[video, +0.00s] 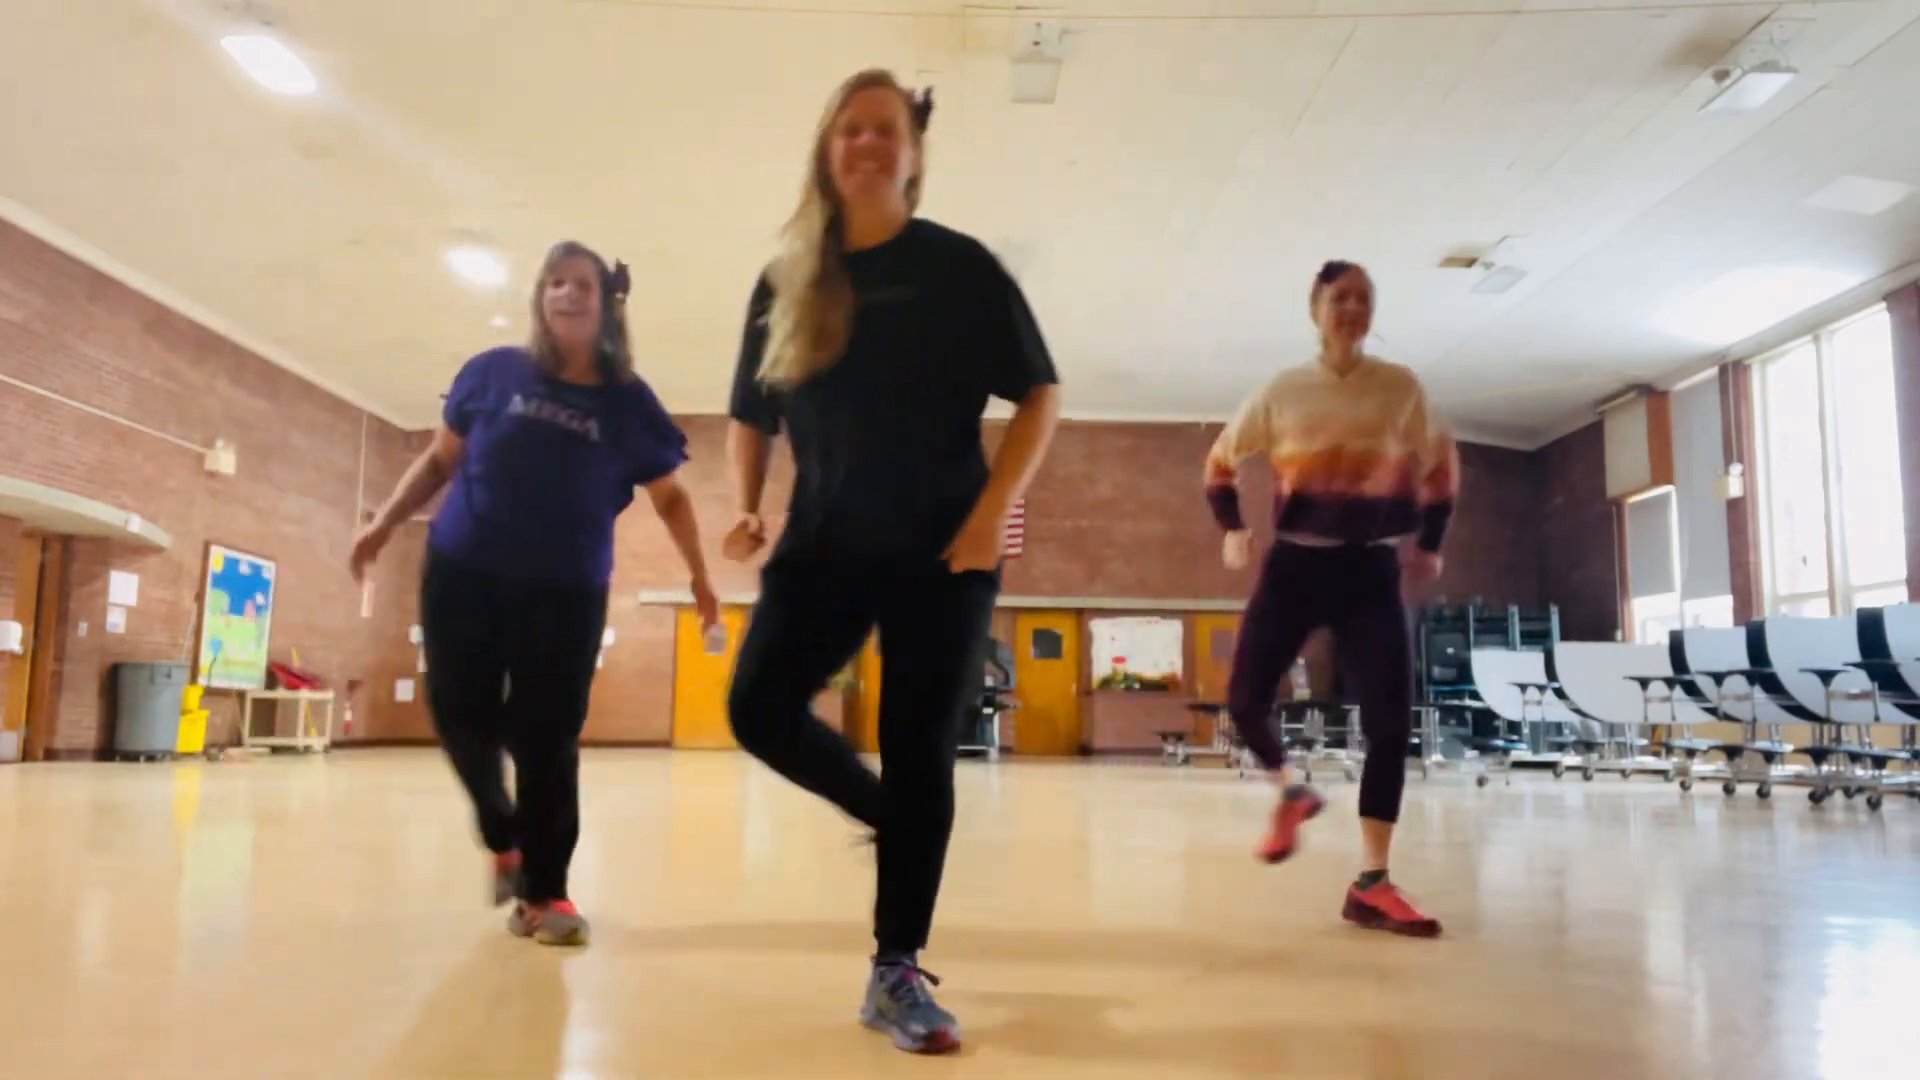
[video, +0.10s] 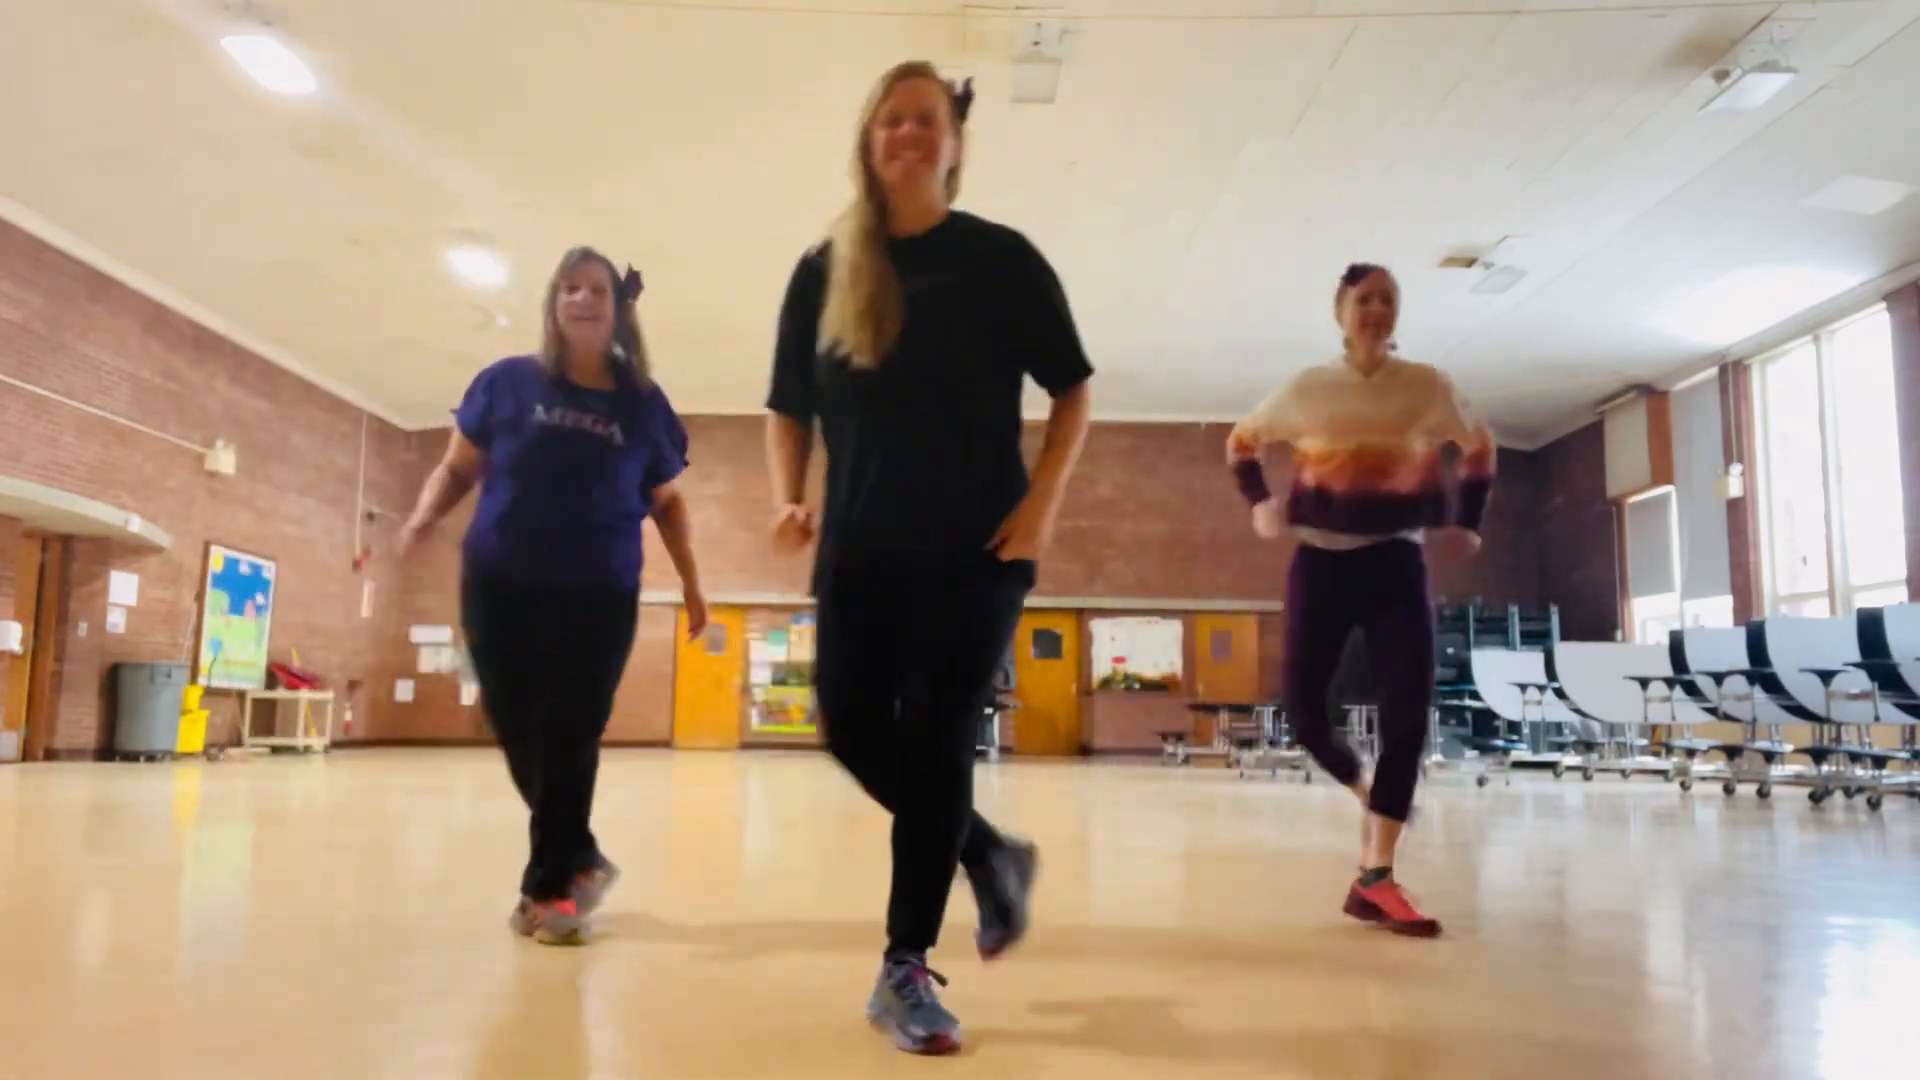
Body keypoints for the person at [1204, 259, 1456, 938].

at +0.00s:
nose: (1353, 307)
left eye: (1361, 298)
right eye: (1340, 297)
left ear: (1373, 311)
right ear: (1315, 309)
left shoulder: (1401, 388)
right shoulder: (1281, 391)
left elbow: (1441, 465)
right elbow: (1221, 462)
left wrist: (1430, 542)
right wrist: (1231, 527)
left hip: (1371, 569)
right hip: (1295, 565)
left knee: (1390, 724)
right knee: (1246, 701)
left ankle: (1372, 880)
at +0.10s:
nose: (1374, 309)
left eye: (1384, 300)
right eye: (1362, 299)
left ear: (1397, 314)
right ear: (1339, 312)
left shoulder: (1426, 387)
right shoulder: (1308, 389)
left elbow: (1477, 447)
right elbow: (1242, 440)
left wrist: (1469, 521)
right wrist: (1257, 500)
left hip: (1395, 565)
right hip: (1320, 565)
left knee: (1406, 723)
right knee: (1306, 717)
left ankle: (1374, 877)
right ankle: (1373, 794)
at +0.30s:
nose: (1416, 338)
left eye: (1426, 329)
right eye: (1404, 328)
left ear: (1438, 344)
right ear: (1380, 341)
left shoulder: (1463, 420)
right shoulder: (1348, 422)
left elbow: (1507, 494)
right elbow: (1297, 498)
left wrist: (1519, 556)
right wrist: (1309, 550)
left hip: (1447, 592)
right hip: (1372, 594)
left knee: (1484, 715)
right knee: (1404, 736)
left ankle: (1428, 856)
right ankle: (1444, 870)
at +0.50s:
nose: (1449, 324)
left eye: (1460, 315)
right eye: (1438, 314)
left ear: (1474, 328)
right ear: (1417, 325)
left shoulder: (1502, 403)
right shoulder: (1382, 407)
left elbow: (1547, 485)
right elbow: (1348, 492)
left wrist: (1541, 479)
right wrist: (1364, 535)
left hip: (1485, 577)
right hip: (1411, 581)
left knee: (1533, 695)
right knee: (1431, 732)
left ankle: (1503, 842)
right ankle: (1449, 875)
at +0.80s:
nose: (1509, 325)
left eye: (1521, 315)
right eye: (1498, 315)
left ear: (1541, 329)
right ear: (1481, 330)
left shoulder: (1569, 402)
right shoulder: (1456, 410)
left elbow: (1591, 490)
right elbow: (1420, 498)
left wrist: (1571, 427)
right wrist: (1435, 491)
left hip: (1552, 591)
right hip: (1472, 588)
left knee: (1566, 742)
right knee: (1433, 725)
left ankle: (1573, 885)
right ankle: (1455, 836)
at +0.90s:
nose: (1515, 295)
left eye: (1528, 286)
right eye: (1504, 285)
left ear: (1546, 300)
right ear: (1487, 299)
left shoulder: (1576, 374)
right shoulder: (1466, 378)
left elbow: (1596, 458)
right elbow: (1427, 472)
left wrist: (1580, 383)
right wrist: (1461, 408)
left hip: (1556, 560)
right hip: (1480, 557)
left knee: (1564, 724)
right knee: (1436, 675)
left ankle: (1574, 879)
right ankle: (1484, 741)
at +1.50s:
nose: (1494, 288)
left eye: (1505, 277)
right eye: (1480, 279)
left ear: (1523, 283)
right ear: (1460, 288)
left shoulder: (1563, 358)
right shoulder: (1435, 371)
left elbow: (1598, 452)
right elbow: (1390, 460)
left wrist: (1582, 452)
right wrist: (1415, 460)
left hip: (1536, 543)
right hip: (1454, 545)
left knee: (1556, 704)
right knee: (1443, 692)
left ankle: (1568, 872)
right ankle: (1439, 837)